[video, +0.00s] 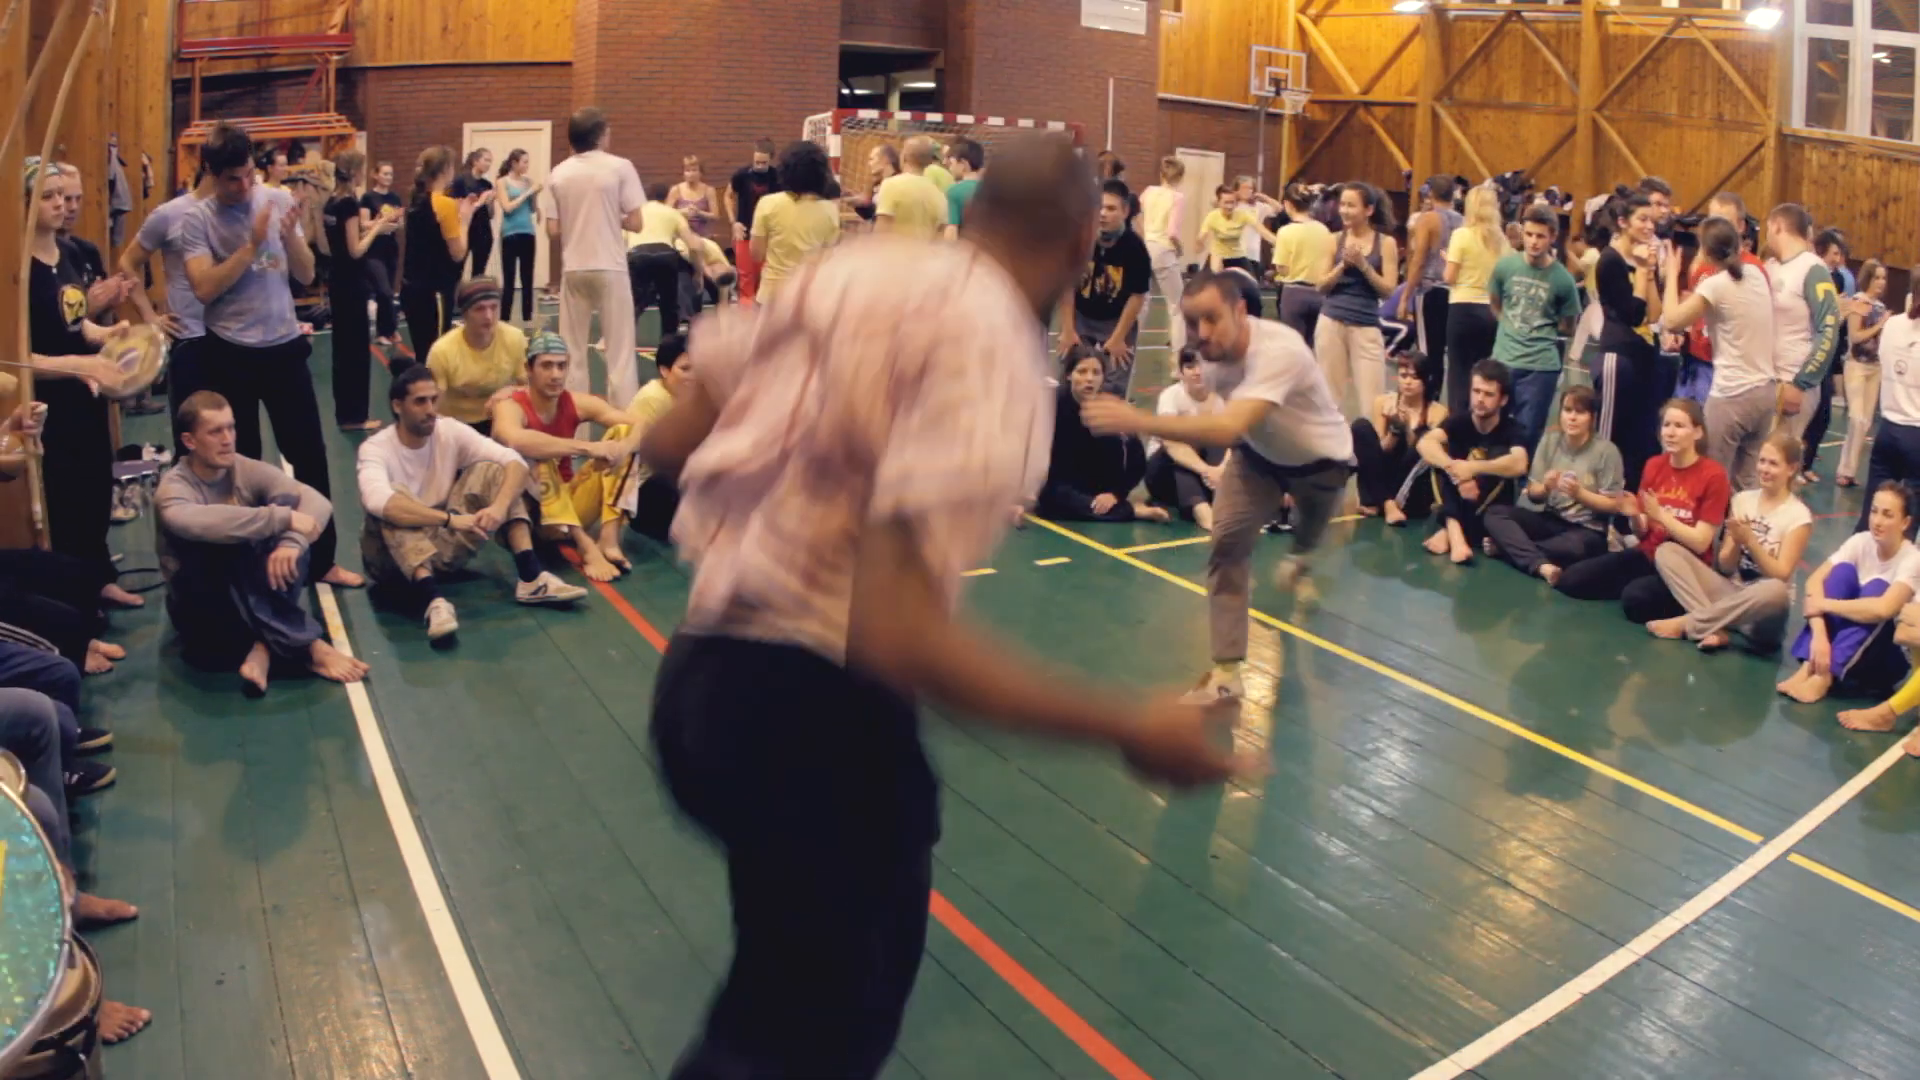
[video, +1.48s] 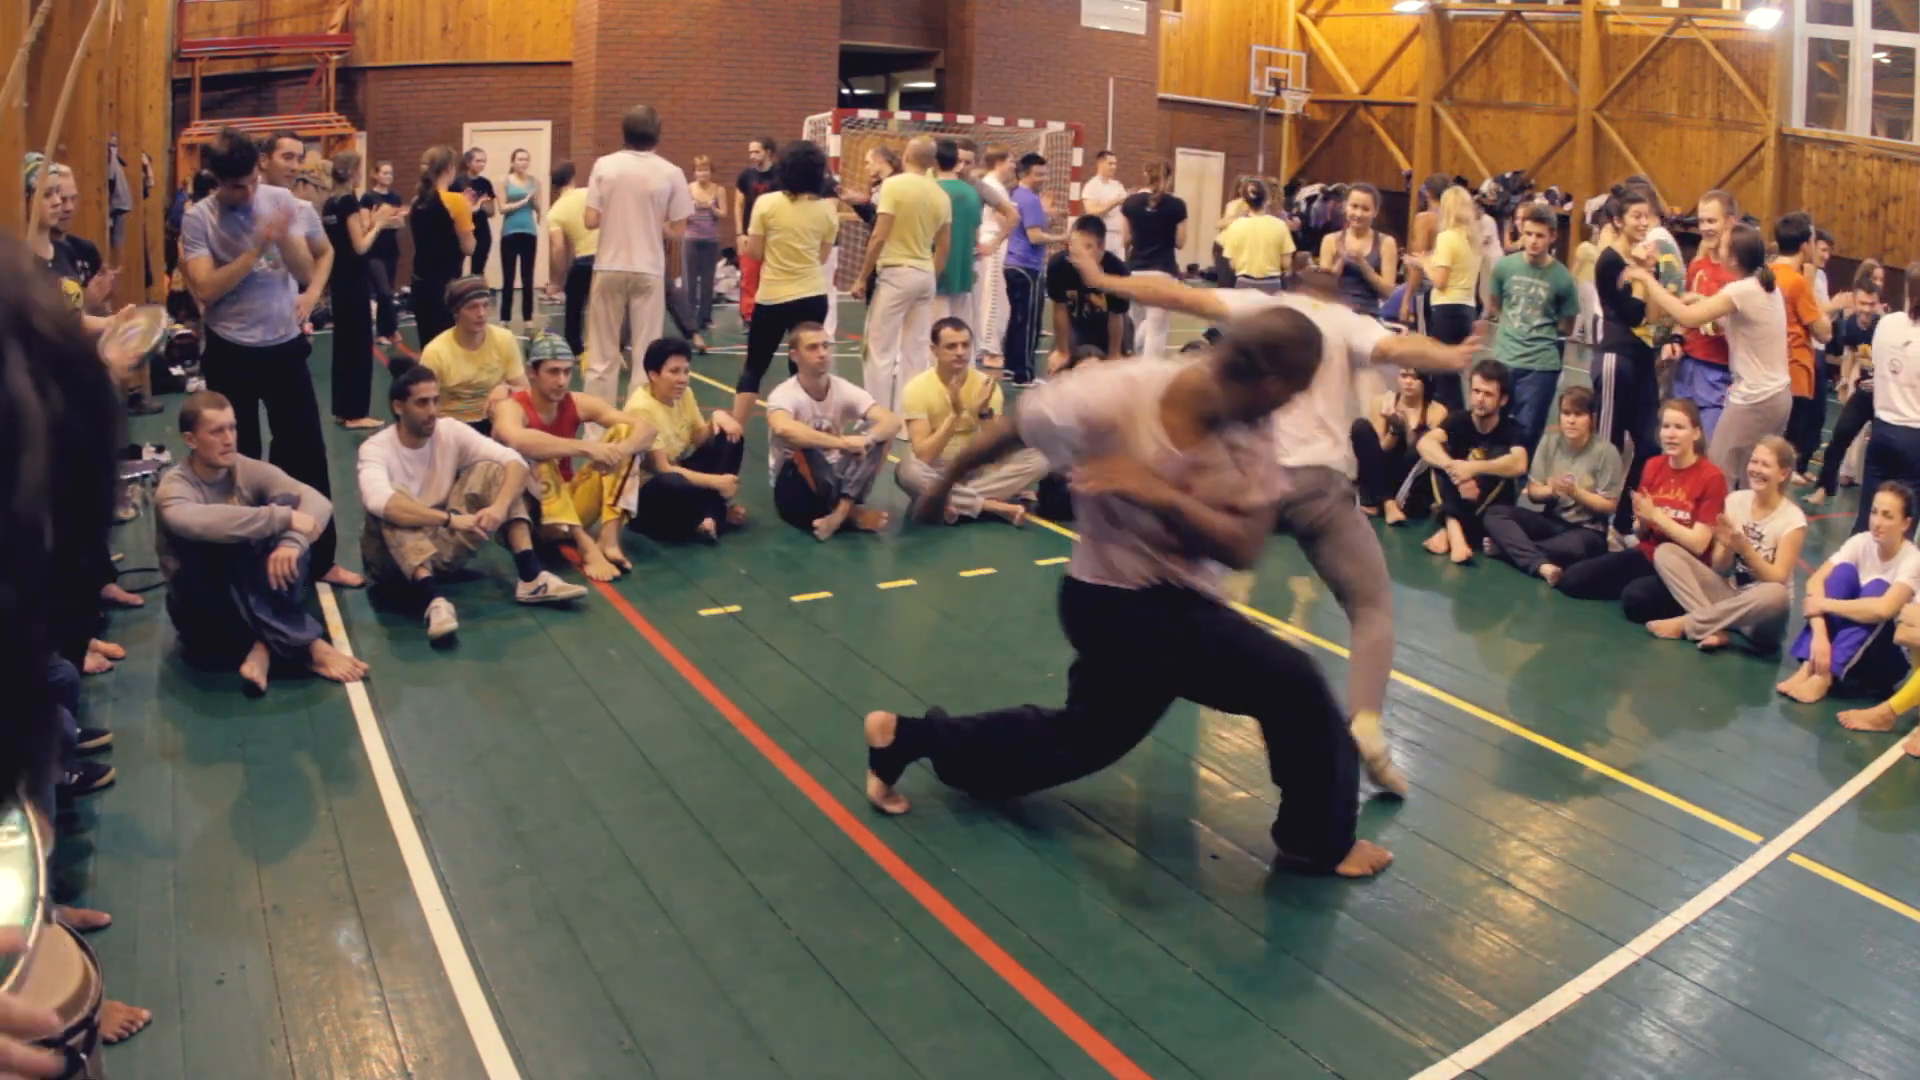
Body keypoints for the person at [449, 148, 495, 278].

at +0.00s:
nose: (489, 164)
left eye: (490, 161)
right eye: (486, 160)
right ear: (475, 161)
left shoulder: (487, 185)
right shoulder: (460, 182)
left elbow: (491, 215)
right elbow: (455, 209)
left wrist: (490, 202)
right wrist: (481, 201)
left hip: (483, 230)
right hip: (463, 229)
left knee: (478, 274)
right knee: (455, 272)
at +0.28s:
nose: (488, 164)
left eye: (489, 161)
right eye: (485, 160)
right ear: (474, 161)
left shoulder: (487, 185)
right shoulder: (459, 182)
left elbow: (491, 214)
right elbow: (455, 211)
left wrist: (490, 203)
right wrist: (479, 204)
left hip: (482, 231)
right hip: (462, 230)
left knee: (478, 272)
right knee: (456, 271)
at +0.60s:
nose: (486, 164)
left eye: (488, 161)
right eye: (483, 160)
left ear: (490, 163)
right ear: (473, 161)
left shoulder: (488, 185)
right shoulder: (459, 182)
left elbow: (491, 214)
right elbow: (456, 211)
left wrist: (489, 205)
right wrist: (479, 204)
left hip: (483, 231)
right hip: (463, 230)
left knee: (478, 274)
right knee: (455, 271)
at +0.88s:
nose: (485, 164)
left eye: (487, 161)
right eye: (481, 160)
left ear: (489, 163)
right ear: (471, 162)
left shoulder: (487, 184)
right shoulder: (459, 182)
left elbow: (491, 214)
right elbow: (454, 209)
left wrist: (488, 203)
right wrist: (477, 205)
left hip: (482, 229)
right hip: (462, 228)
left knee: (478, 271)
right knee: (456, 269)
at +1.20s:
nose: (483, 164)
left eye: (484, 160)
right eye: (479, 160)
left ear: (487, 162)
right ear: (469, 162)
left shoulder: (486, 184)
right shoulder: (458, 183)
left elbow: (490, 213)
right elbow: (457, 214)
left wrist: (485, 203)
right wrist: (478, 204)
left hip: (481, 229)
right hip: (461, 228)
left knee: (477, 273)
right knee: (455, 271)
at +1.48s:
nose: (482, 164)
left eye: (483, 161)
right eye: (478, 161)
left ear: (485, 162)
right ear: (468, 163)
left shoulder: (485, 183)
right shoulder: (457, 183)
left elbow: (491, 212)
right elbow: (454, 211)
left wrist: (486, 205)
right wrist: (475, 207)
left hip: (481, 229)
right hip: (460, 228)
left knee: (477, 272)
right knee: (456, 270)